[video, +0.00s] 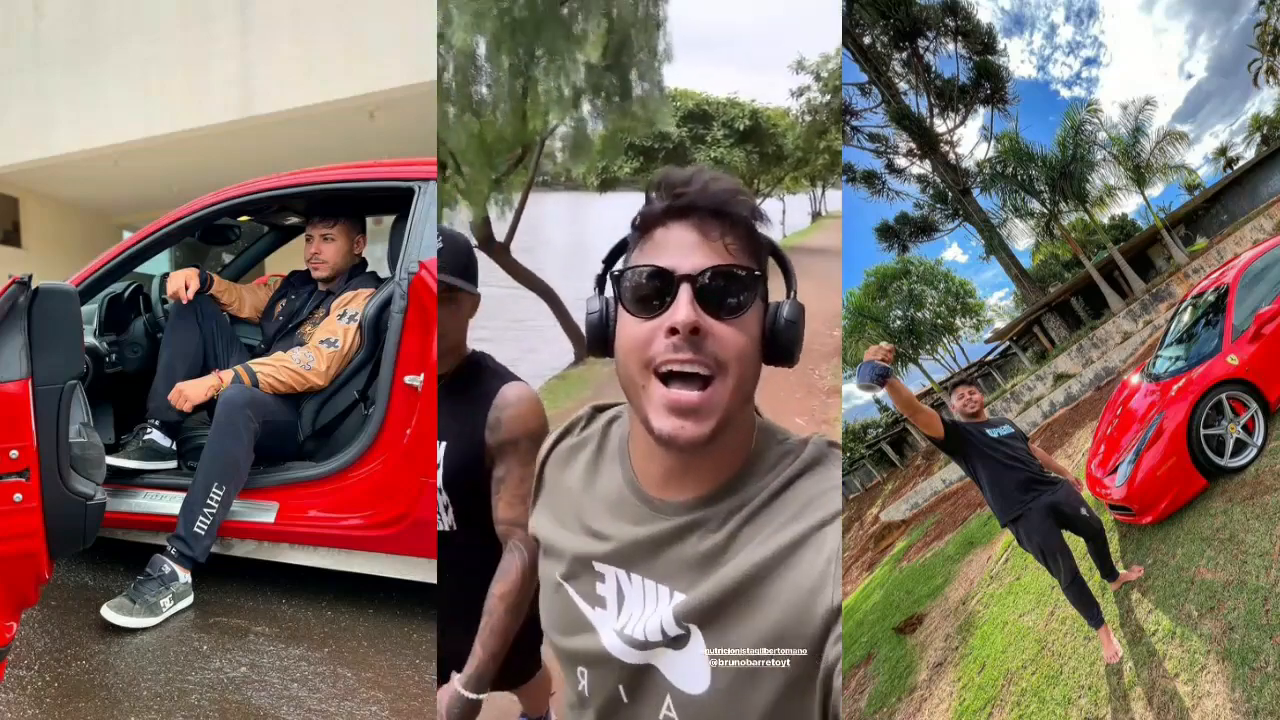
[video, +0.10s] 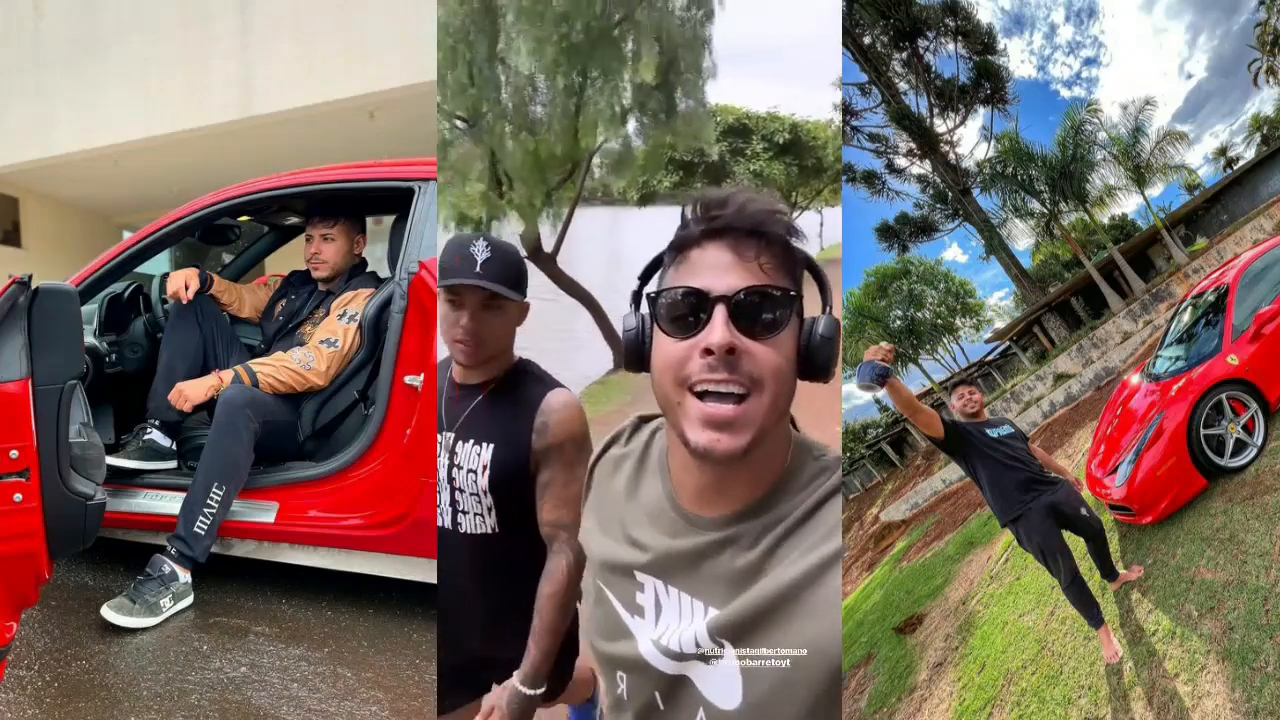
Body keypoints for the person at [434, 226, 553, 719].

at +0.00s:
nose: (428, 313)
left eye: (444, 298)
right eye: (419, 296)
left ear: (471, 305)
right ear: (399, 302)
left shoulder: (508, 404)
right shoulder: (387, 386)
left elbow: (520, 546)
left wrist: (469, 683)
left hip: (487, 598)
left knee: (523, 675)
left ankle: (540, 712)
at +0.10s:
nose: (467, 322)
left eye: (490, 305)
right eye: (454, 302)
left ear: (521, 316)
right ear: (439, 307)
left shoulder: (552, 411)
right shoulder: (440, 383)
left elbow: (564, 549)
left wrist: (529, 683)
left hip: (521, 649)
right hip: (454, 628)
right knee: (453, 709)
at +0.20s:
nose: (485, 305)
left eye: (507, 288)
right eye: (471, 285)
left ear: (537, 299)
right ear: (456, 290)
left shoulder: (571, 399)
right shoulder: (442, 378)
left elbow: (586, 531)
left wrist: (577, 650)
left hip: (539, 626)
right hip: (461, 615)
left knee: (546, 713)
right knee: (462, 711)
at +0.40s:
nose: (552, 281)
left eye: (572, 264)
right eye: (537, 261)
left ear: (594, 276)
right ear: (515, 266)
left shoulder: (624, 381)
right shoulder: (484, 360)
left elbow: (645, 505)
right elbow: (441, 471)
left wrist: (626, 600)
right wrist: (395, 545)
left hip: (576, 594)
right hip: (502, 578)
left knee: (547, 709)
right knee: (529, 679)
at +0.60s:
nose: (605, 318)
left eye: (625, 301)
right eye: (589, 297)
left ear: (641, 310)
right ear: (559, 299)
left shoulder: (664, 416)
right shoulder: (517, 393)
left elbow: (682, 530)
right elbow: (455, 497)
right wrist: (407, 579)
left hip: (620, 621)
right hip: (538, 614)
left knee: (606, 712)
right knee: (522, 707)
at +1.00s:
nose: (631, 293)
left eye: (654, 271)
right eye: (612, 268)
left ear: (673, 280)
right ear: (579, 271)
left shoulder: (702, 409)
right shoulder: (544, 371)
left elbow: (711, 556)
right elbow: (516, 475)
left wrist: (683, 691)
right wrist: (486, 571)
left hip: (629, 676)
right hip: (530, 647)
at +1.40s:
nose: (599, 290)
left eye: (622, 262)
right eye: (574, 263)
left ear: (645, 263)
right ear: (537, 265)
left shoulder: (691, 409)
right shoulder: (512, 376)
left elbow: (704, 577)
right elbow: (483, 500)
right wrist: (450, 608)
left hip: (613, 698)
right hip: (507, 680)